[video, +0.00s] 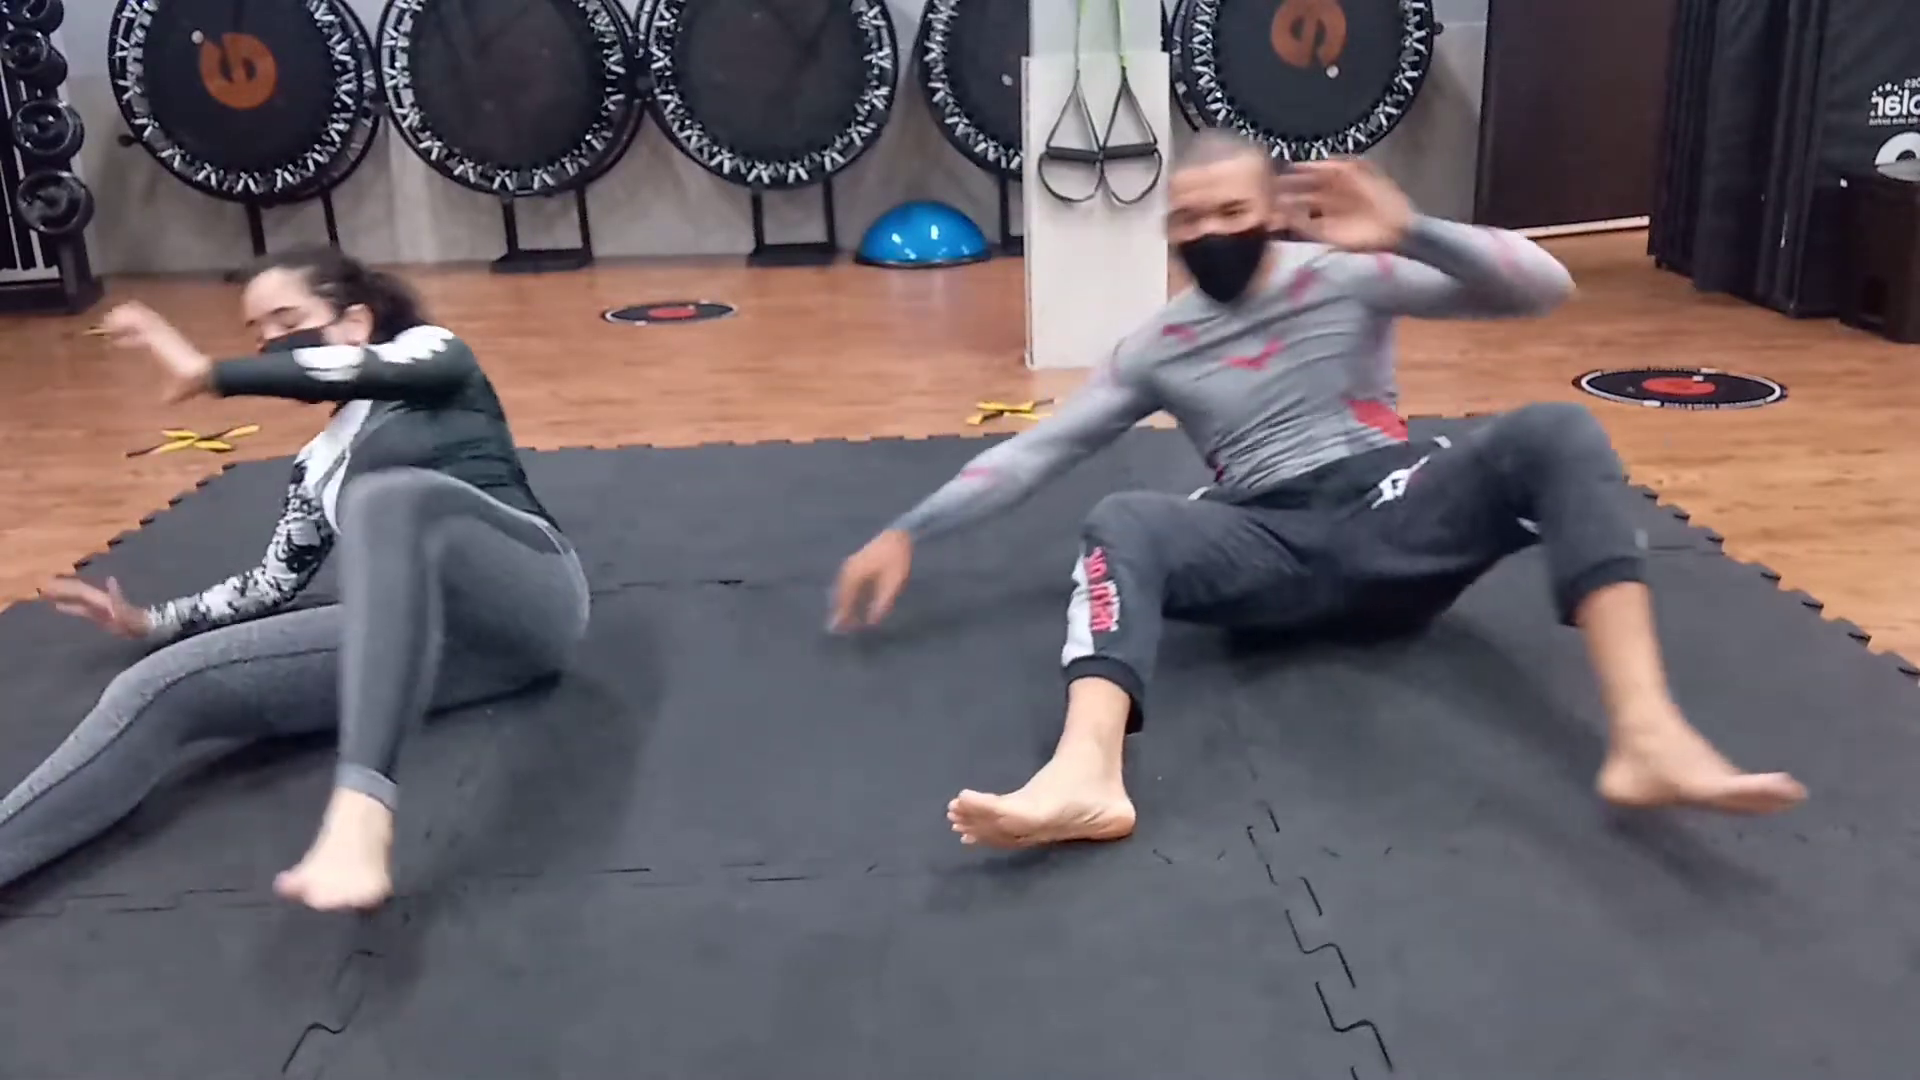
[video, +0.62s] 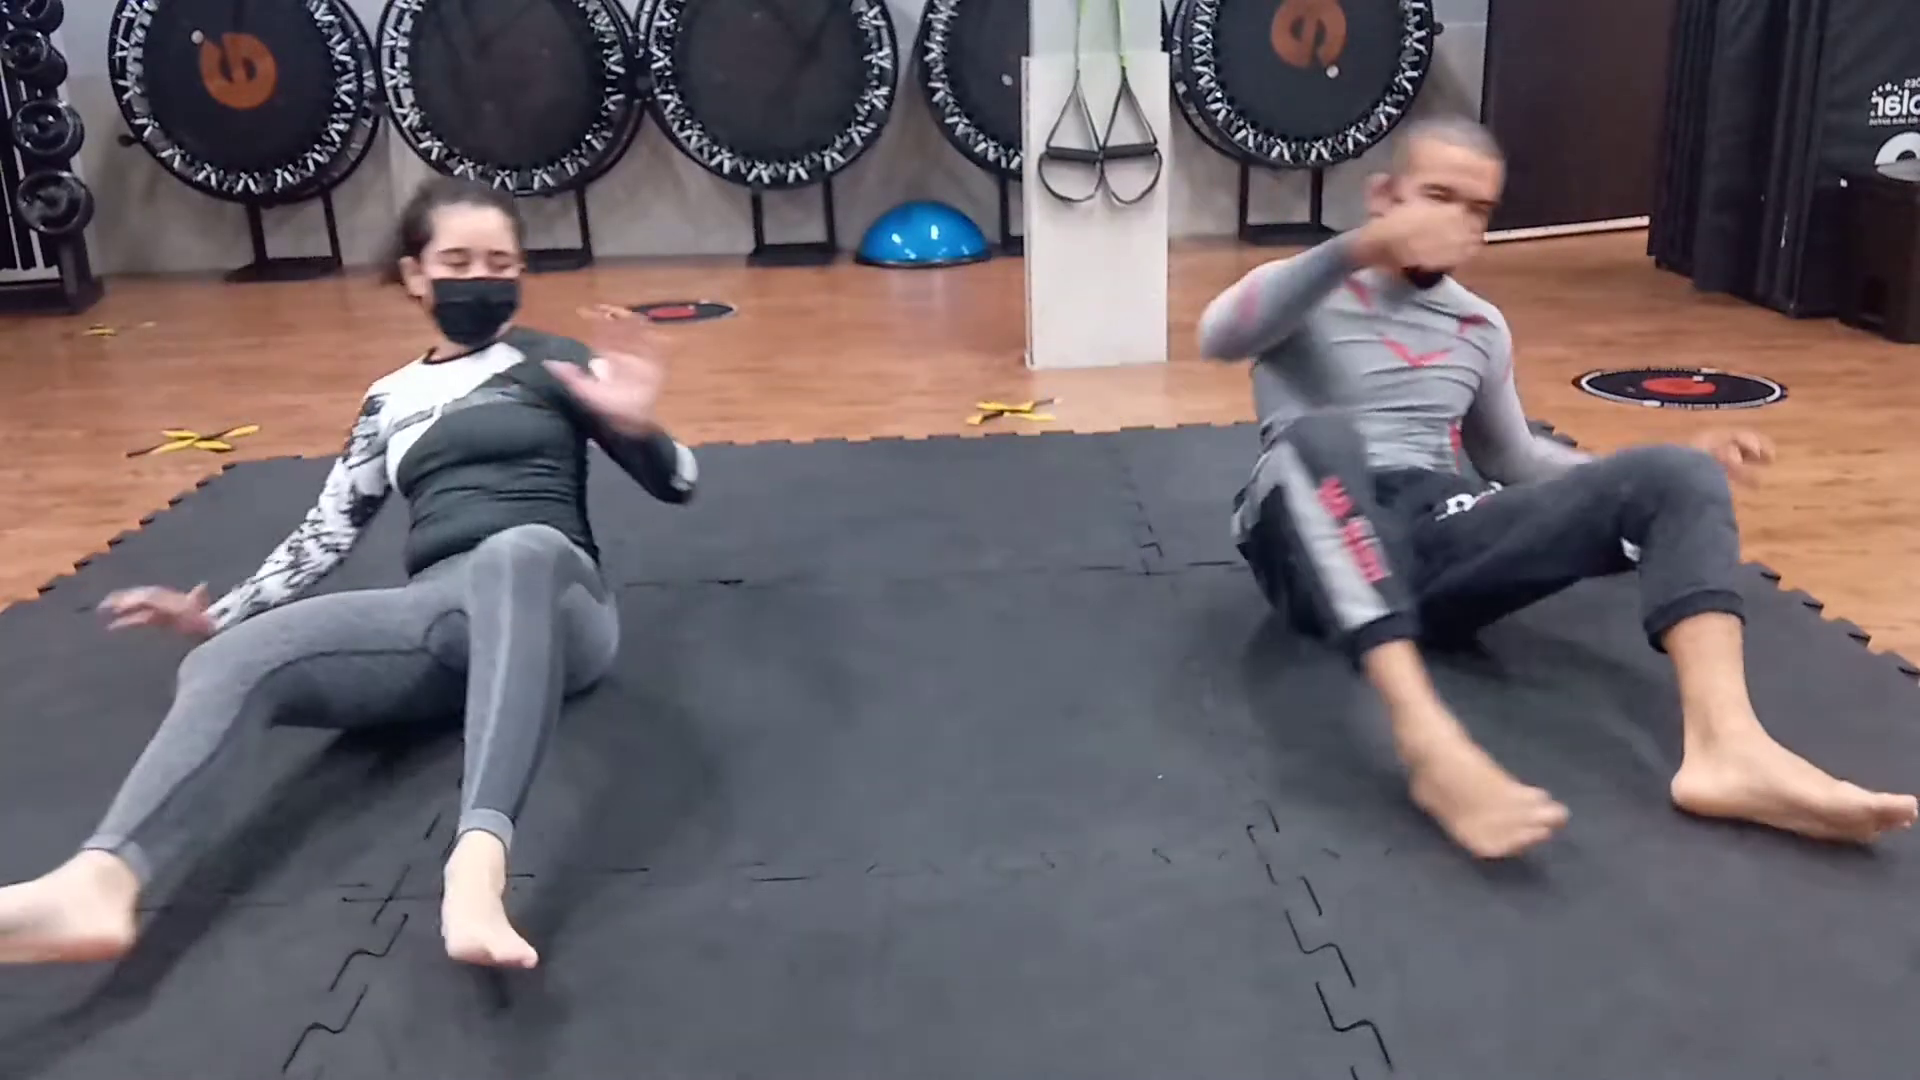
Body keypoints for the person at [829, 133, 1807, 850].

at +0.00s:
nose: (1209, 240)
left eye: (1230, 218)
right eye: (1190, 224)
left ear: (1275, 214)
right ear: (1167, 232)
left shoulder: (1341, 276)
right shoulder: (1157, 348)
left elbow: (1543, 290)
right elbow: (1036, 448)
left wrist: (1411, 231)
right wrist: (908, 528)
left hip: (1397, 511)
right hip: (1267, 543)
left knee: (1562, 431)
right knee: (1122, 523)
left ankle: (1649, 731)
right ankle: (1086, 772)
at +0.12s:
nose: (1259, 223)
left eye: (1281, 204)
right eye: (1240, 205)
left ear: (1321, 204)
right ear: (1214, 213)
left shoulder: (1384, 276)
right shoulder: (1187, 335)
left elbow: (1568, 344)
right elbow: (1092, 424)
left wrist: (1510, 269)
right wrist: (998, 477)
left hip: (1405, 520)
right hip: (1279, 542)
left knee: (1584, 441)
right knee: (1153, 508)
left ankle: (1698, 736)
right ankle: (1105, 768)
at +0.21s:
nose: (1299, 219)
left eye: (1322, 200)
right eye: (1277, 199)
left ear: (1351, 203)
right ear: (1242, 209)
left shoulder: (1403, 286)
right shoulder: (1204, 323)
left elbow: (1557, 370)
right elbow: (1121, 406)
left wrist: (1555, 299)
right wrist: (1069, 429)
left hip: (1411, 518)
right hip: (1282, 537)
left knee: (1601, 444)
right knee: (1171, 489)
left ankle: (1714, 742)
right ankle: (1141, 765)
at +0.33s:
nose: (1351, 217)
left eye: (1372, 200)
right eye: (1329, 196)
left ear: (1392, 203)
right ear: (1283, 197)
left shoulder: (1429, 299)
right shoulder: (1232, 313)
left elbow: (1537, 409)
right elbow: (1125, 415)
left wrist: (1606, 352)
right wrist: (1143, 380)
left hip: (1430, 534)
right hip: (1303, 541)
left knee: (1628, 454)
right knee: (1202, 473)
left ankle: (1716, 742)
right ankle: (1223, 751)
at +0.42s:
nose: (1379, 215)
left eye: (1399, 201)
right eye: (1359, 195)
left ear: (1420, 209)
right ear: (1313, 198)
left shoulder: (1447, 306)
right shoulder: (1258, 302)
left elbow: (1526, 426)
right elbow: (1150, 393)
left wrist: (1637, 383)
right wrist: (1200, 328)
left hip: (1436, 540)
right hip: (1317, 539)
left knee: (1644, 454)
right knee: (1237, 460)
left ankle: (1715, 738)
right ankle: (1293, 747)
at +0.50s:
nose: (1408, 217)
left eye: (1429, 202)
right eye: (1388, 195)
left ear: (1448, 208)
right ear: (1338, 193)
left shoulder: (1462, 314)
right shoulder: (1279, 293)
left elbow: (1519, 440)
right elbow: (1177, 371)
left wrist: (1658, 418)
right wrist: (1263, 280)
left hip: (1444, 541)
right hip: (1332, 540)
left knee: (1655, 459)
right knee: (1273, 443)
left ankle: (1719, 739)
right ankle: (1358, 745)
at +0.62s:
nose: (1462, 225)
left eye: (1481, 211)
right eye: (1444, 197)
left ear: (1489, 222)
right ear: (1388, 195)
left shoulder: (1479, 326)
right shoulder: (1306, 287)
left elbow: (1519, 458)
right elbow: (1218, 340)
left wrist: (1674, 474)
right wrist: (1356, 248)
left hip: (1449, 543)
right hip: (1334, 544)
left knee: (1680, 476)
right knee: (1308, 441)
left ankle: (1725, 740)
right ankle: (1431, 744)